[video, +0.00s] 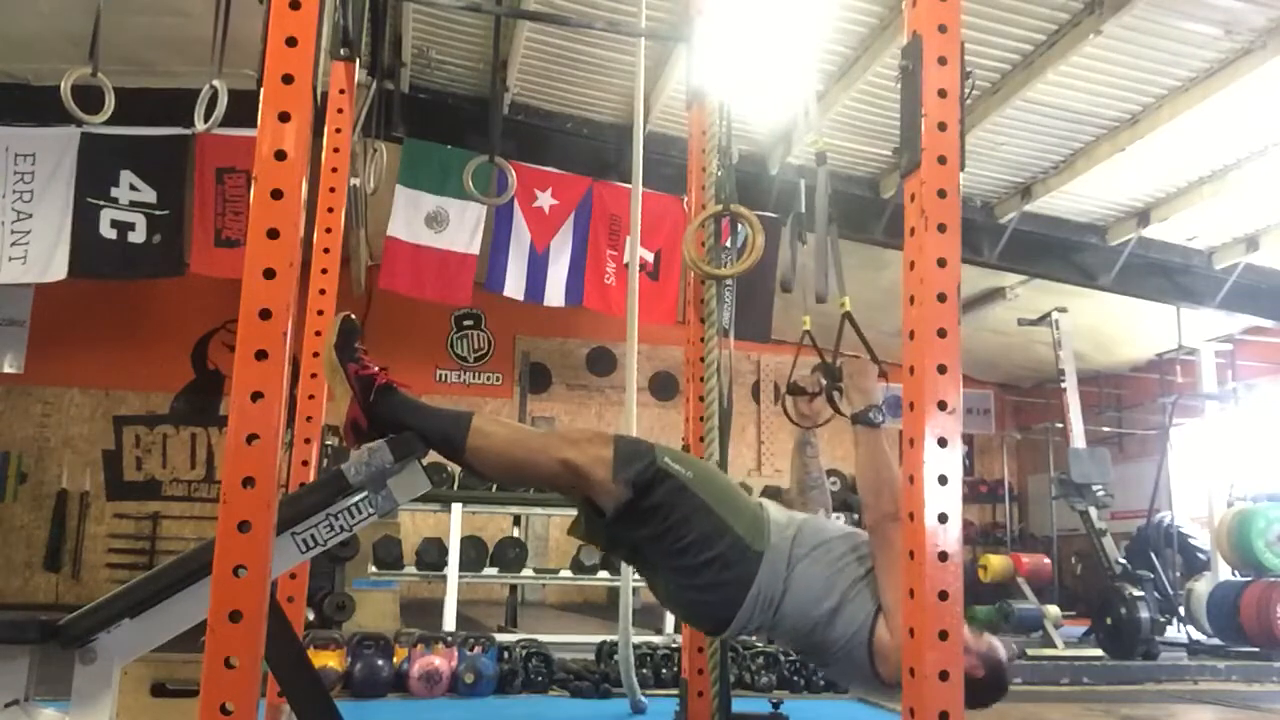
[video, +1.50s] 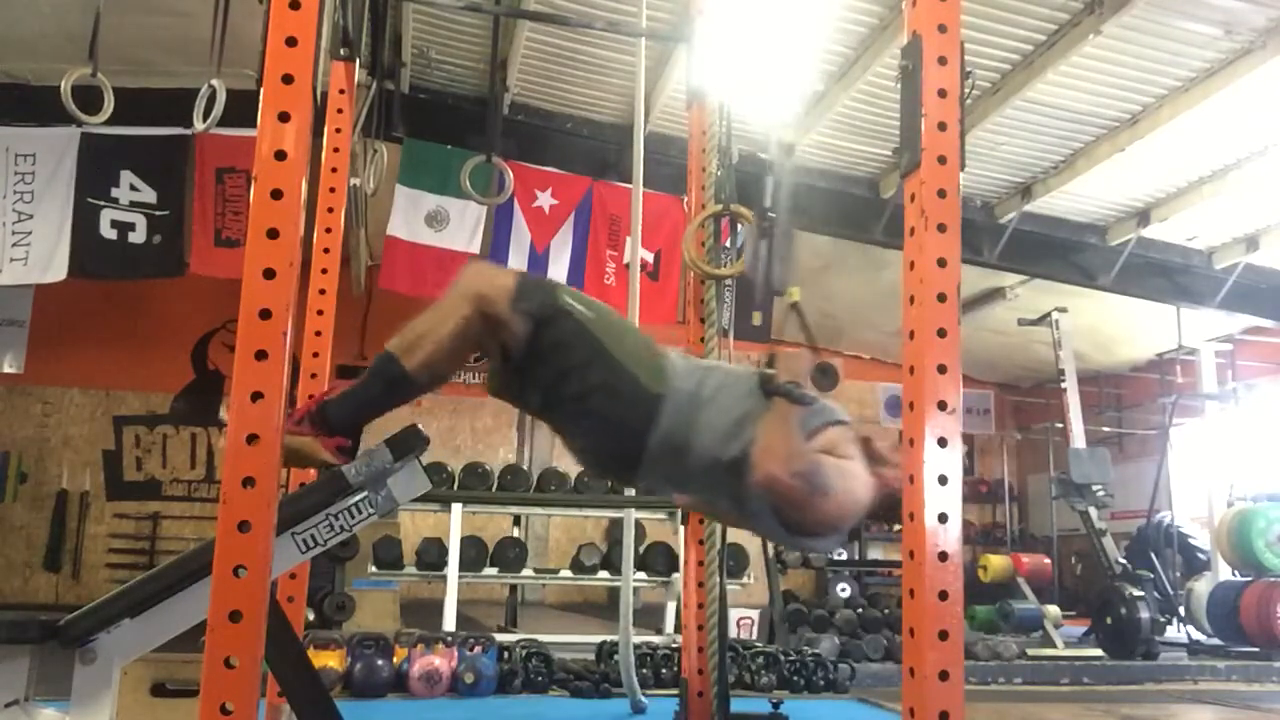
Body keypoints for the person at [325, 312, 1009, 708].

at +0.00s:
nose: (969, 639)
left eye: (974, 658)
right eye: (980, 643)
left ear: (955, 682)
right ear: (967, 631)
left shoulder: (913, 663)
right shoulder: (917, 619)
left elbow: (906, 525)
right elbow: (892, 520)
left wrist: (883, 420)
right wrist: (871, 418)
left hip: (744, 571)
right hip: (749, 534)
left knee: (598, 464)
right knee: (593, 457)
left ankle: (402, 416)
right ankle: (414, 421)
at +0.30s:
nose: (962, 636)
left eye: (968, 652)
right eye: (975, 638)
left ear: (951, 678)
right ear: (960, 630)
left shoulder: (911, 662)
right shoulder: (911, 609)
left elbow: (901, 529)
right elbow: (885, 508)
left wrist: (881, 424)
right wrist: (869, 417)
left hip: (744, 574)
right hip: (747, 531)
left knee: (605, 461)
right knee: (586, 461)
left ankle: (390, 408)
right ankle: (397, 414)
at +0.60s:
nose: (991, 525)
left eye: (1002, 543)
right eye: (1003, 525)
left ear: (989, 578)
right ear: (987, 528)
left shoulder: (937, 582)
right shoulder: (931, 527)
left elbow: (886, 494)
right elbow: (873, 463)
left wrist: (910, 440)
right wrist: (918, 430)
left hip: (768, 513)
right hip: (760, 490)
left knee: (611, 430)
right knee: (591, 432)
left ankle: (389, 411)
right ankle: (393, 418)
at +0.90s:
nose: (1012, 425)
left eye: (1019, 439)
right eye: (1015, 422)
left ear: (1007, 470)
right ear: (998, 416)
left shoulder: (972, 471)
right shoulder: (950, 418)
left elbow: (917, 467)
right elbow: (891, 405)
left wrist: (908, 372)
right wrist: (885, 365)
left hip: (774, 447)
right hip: (761, 413)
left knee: (592, 410)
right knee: (587, 400)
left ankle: (385, 418)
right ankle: (392, 420)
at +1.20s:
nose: (976, 454)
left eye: (988, 467)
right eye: (984, 448)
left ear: (979, 492)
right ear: (967, 437)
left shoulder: (926, 495)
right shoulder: (915, 442)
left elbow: (879, 473)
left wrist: (891, 385)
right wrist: (866, 375)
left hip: (746, 424)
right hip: (732, 448)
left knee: (569, 344)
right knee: (556, 364)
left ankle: (374, 417)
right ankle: (380, 418)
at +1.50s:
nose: (900, 430)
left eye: (911, 444)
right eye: (911, 429)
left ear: (902, 478)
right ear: (900, 429)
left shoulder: (850, 490)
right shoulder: (843, 440)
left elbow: (780, 473)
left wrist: (790, 391)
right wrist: (799, 380)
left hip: (644, 414)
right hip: (650, 389)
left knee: (486, 287)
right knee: (480, 310)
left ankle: (337, 420)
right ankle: (344, 414)